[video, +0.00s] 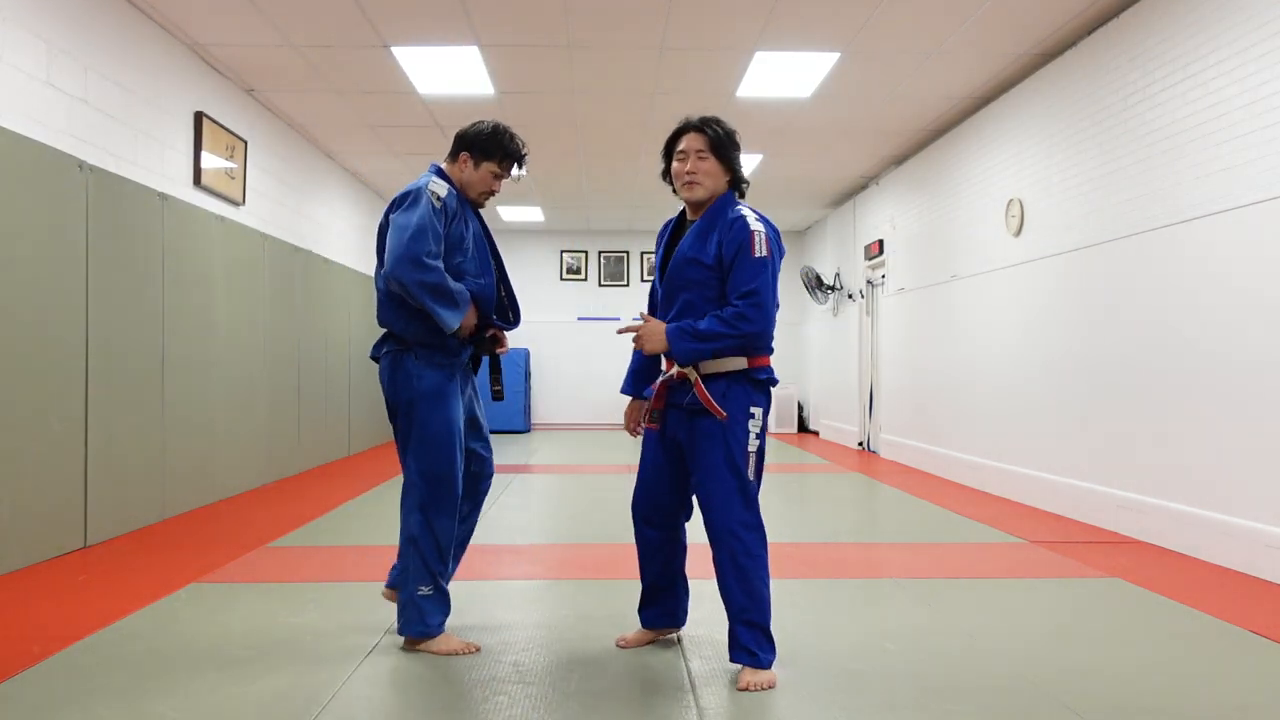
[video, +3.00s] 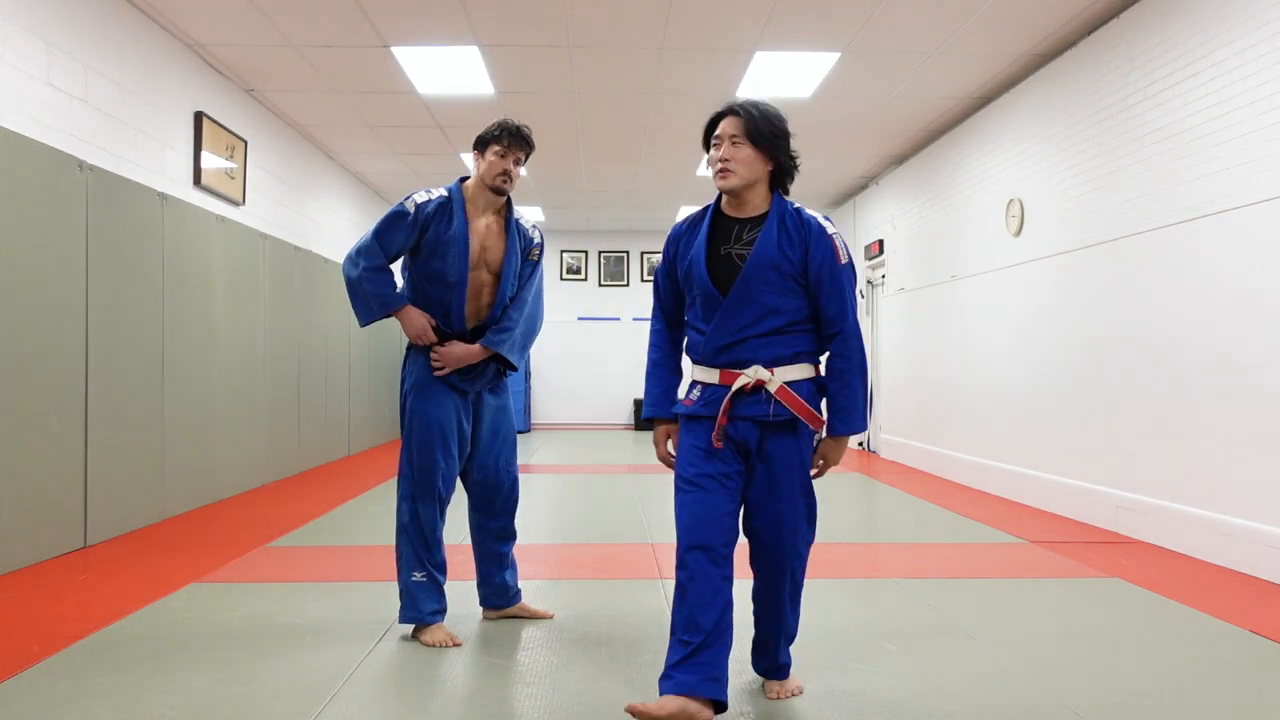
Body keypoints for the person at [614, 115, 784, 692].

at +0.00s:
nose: (686, 165)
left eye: (701, 156)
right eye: (679, 157)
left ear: (728, 168)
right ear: (670, 170)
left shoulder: (749, 228)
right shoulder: (672, 233)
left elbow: (754, 324)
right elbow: (658, 319)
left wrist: (672, 337)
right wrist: (637, 389)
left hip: (732, 389)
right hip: (676, 388)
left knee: (733, 522)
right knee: (654, 509)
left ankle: (753, 655)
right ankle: (662, 618)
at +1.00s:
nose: (742, 151)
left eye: (757, 142)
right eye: (734, 140)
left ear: (784, 157)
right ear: (721, 153)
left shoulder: (809, 224)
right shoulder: (705, 223)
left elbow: (840, 315)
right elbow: (686, 314)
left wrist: (762, 350)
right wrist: (674, 393)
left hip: (773, 400)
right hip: (706, 395)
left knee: (765, 540)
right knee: (673, 528)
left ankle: (761, 660)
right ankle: (660, 651)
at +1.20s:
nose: (742, 148)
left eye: (758, 139)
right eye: (732, 138)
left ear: (783, 155)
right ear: (719, 153)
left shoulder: (808, 221)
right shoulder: (695, 227)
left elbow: (857, 299)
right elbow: (671, 318)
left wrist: (798, 259)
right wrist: (656, 395)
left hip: (780, 393)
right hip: (707, 390)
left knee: (767, 534)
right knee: (687, 527)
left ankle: (759, 660)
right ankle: (671, 667)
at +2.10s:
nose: (645, 129)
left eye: (657, 114)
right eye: (628, 120)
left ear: (684, 124)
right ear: (612, 142)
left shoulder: (732, 188)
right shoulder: (599, 218)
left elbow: (805, 257)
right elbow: (583, 318)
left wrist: (755, 215)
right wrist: (580, 414)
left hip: (741, 391)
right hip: (654, 399)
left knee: (762, 537)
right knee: (665, 565)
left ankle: (775, 639)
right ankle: (679, 708)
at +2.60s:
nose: (671, 120)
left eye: (683, 107)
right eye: (655, 111)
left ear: (707, 121)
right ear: (637, 131)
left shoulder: (750, 187)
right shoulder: (620, 218)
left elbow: (813, 255)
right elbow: (601, 319)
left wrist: (777, 242)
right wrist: (598, 415)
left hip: (750, 390)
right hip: (664, 396)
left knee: (770, 541)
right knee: (669, 563)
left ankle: (787, 645)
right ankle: (679, 709)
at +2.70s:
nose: (690, 122)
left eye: (702, 112)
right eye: (676, 114)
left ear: (726, 129)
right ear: (656, 135)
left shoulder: (762, 196)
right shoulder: (635, 223)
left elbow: (802, 252)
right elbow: (615, 322)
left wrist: (807, 324)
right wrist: (611, 413)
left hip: (757, 390)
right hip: (671, 399)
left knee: (774, 542)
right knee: (672, 562)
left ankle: (788, 652)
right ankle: (679, 709)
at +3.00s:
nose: (720, 151)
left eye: (736, 142)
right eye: (715, 143)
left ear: (771, 156)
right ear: (709, 157)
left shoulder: (811, 234)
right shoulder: (686, 234)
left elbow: (842, 332)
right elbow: (665, 327)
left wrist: (842, 424)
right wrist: (662, 411)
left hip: (787, 409)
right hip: (705, 408)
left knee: (781, 549)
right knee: (700, 547)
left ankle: (774, 662)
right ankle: (694, 688)